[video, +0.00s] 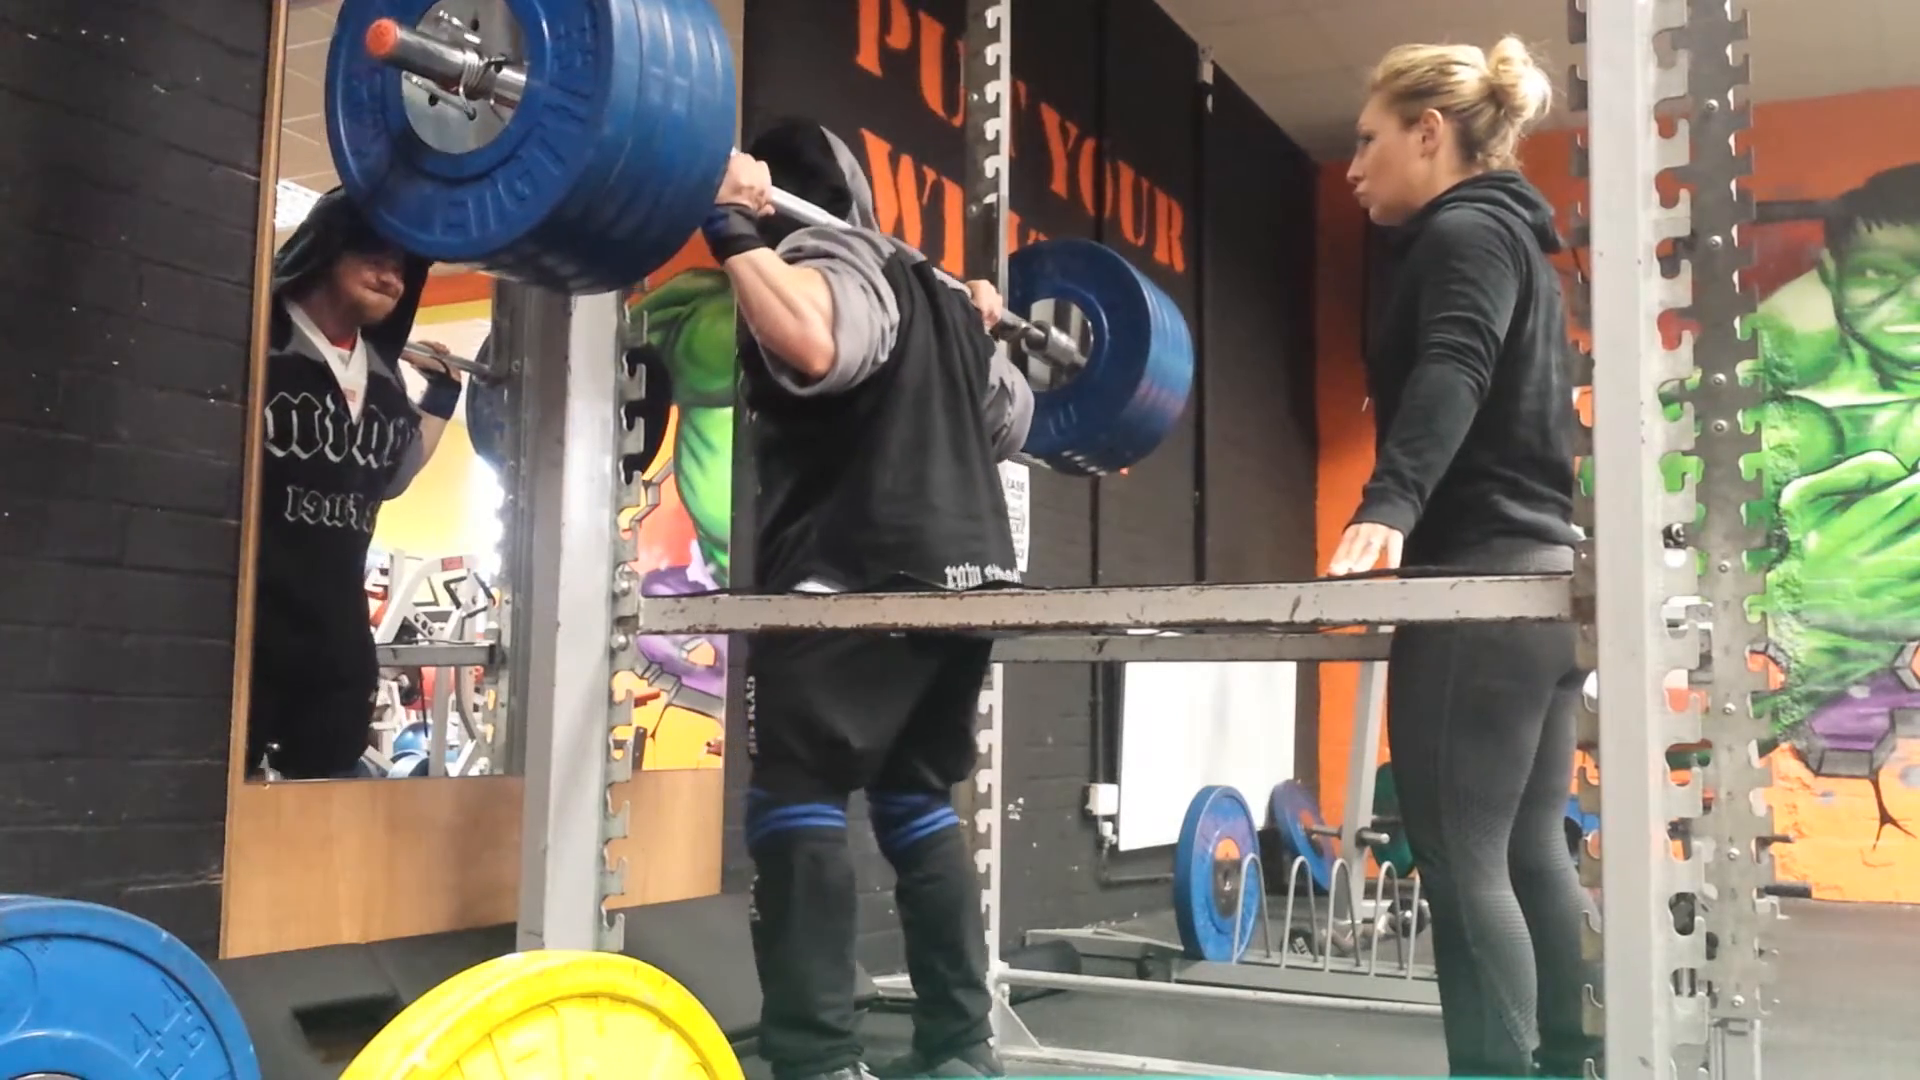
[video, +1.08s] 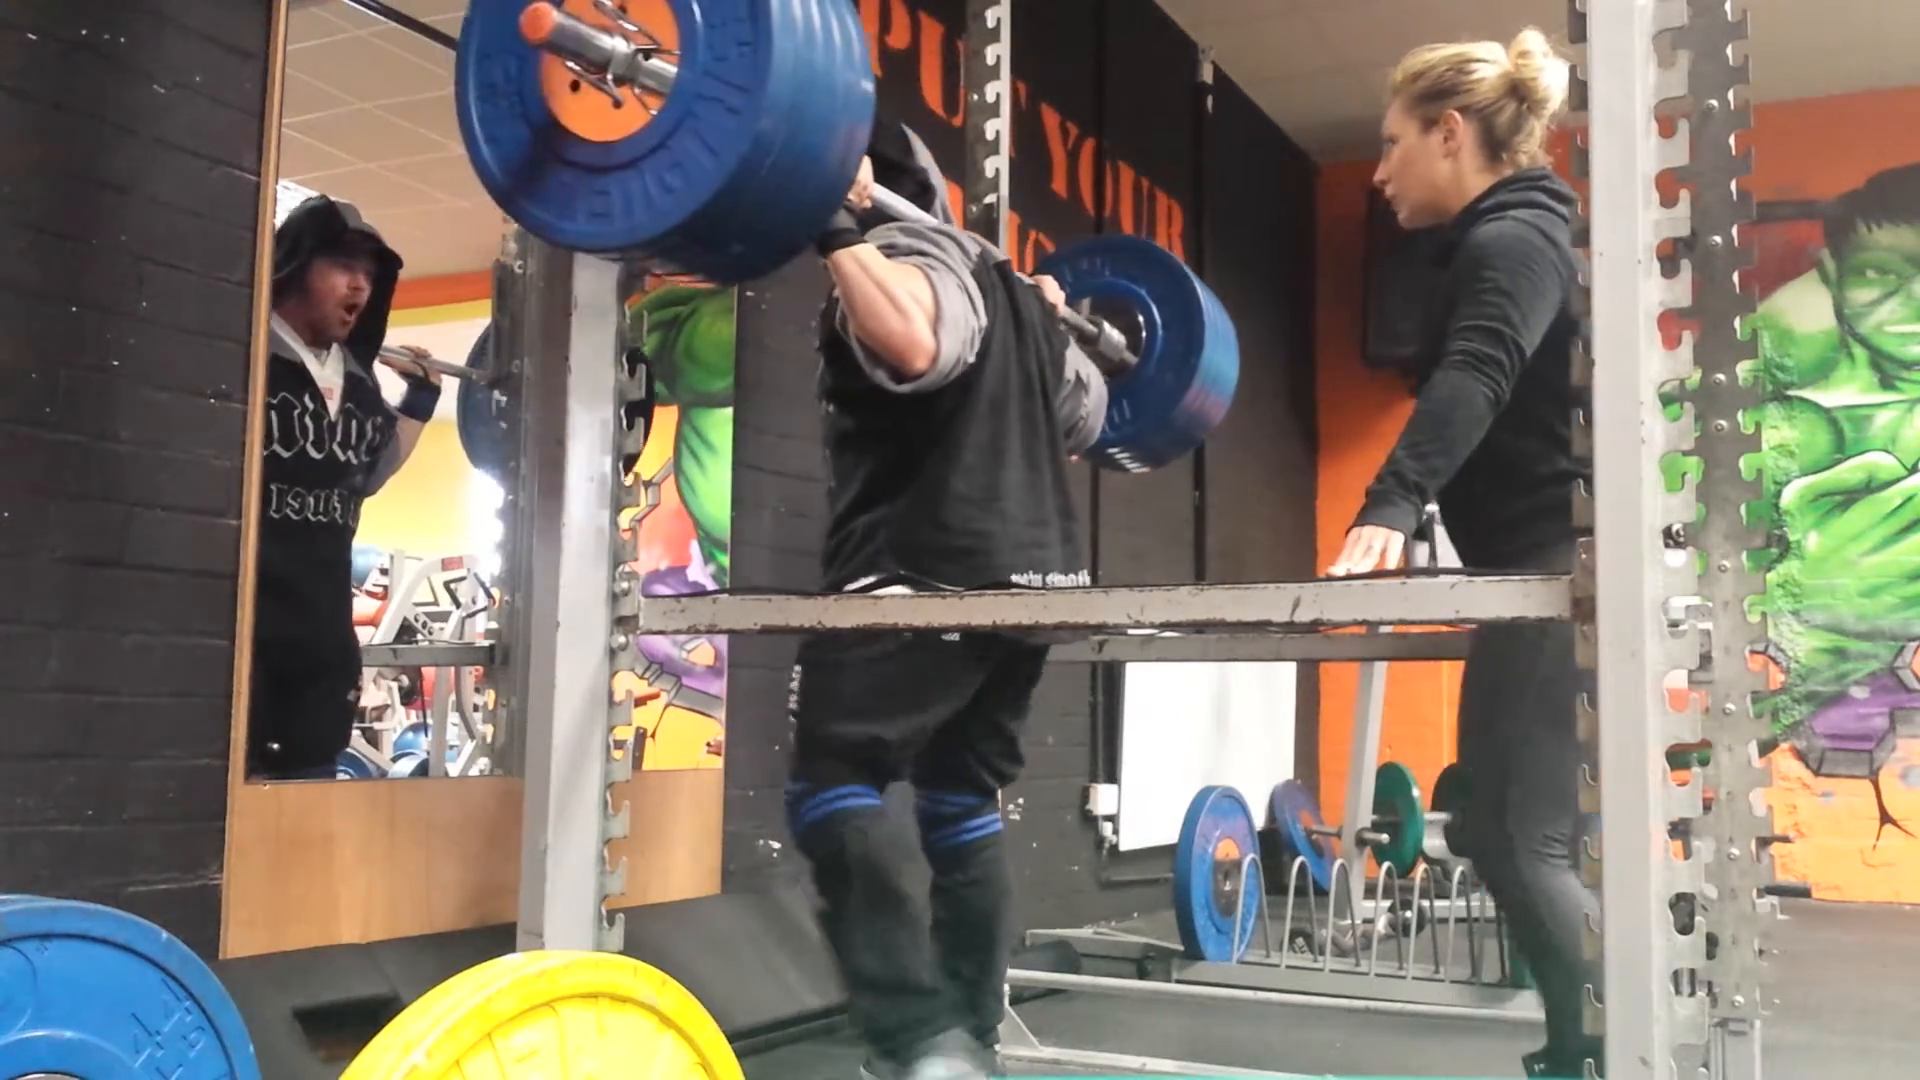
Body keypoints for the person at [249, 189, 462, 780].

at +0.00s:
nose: (388, 278)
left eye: (400, 269)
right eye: (372, 258)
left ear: (408, 288)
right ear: (327, 257)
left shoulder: (388, 379)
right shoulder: (256, 336)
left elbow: (392, 480)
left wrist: (443, 395)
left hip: (334, 620)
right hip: (247, 606)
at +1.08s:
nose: (360, 286)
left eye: (369, 274)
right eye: (344, 266)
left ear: (374, 289)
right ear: (294, 269)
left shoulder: (357, 376)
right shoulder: (245, 354)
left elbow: (371, 474)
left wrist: (422, 397)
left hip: (322, 612)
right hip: (245, 605)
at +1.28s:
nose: (330, 292)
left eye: (341, 283)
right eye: (313, 275)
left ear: (347, 302)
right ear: (270, 279)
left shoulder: (328, 389)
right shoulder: (230, 366)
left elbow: (338, 484)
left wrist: (392, 407)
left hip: (288, 562)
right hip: (224, 556)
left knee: (296, 696)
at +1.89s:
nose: (266, 304)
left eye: (275, 293)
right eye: (259, 289)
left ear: (285, 304)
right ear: (240, 291)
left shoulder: (269, 382)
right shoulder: (205, 369)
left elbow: (286, 487)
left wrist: (335, 412)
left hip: (224, 563)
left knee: (251, 672)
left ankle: (239, 764)